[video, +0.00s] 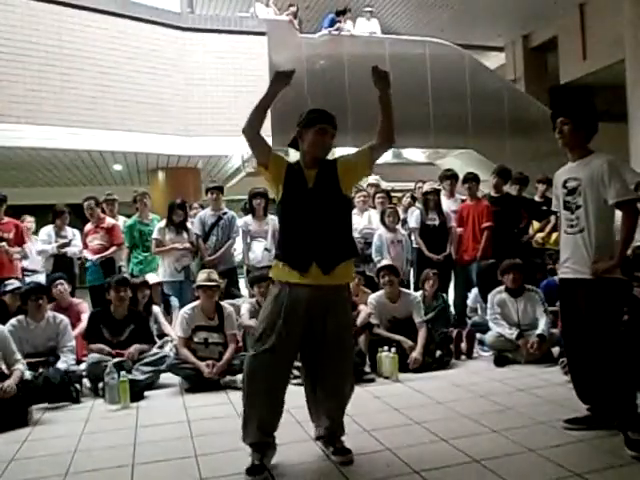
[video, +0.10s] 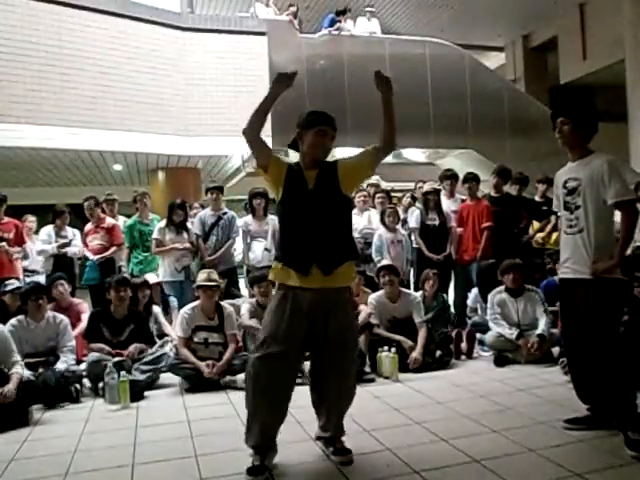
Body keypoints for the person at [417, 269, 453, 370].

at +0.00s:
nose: (431, 283)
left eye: (434, 280)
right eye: (428, 280)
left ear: (438, 284)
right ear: (423, 282)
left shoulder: (442, 300)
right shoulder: (417, 299)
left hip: (441, 330)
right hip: (424, 331)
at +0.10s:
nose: (431, 283)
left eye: (434, 280)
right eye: (428, 280)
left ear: (438, 284)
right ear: (423, 282)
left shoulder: (442, 301)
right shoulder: (417, 299)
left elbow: (447, 320)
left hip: (440, 332)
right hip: (423, 332)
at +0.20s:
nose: (431, 283)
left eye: (434, 281)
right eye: (428, 280)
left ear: (438, 284)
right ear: (423, 283)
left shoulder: (441, 299)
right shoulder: (418, 299)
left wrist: (423, 319)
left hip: (442, 326)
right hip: (427, 327)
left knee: (444, 335)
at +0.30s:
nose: (431, 283)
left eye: (434, 280)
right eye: (428, 280)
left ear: (438, 283)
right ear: (423, 283)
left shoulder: (441, 299)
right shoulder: (417, 299)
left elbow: (448, 315)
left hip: (440, 327)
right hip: (424, 328)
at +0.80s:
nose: (429, 289)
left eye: (432, 286)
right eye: (427, 286)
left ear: (435, 286)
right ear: (421, 286)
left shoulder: (441, 300)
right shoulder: (415, 299)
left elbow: (446, 317)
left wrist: (447, 325)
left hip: (439, 329)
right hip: (424, 330)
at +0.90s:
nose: (429, 284)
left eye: (431, 282)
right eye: (425, 282)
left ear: (434, 284)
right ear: (420, 284)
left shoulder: (440, 298)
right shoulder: (415, 299)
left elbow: (449, 314)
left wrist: (457, 324)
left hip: (442, 330)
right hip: (425, 331)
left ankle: (465, 349)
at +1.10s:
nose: (428, 285)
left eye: (430, 282)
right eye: (425, 282)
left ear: (434, 283)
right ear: (420, 284)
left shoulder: (440, 297)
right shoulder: (415, 298)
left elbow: (458, 308)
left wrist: (459, 319)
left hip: (441, 330)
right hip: (424, 331)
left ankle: (467, 349)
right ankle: (456, 349)